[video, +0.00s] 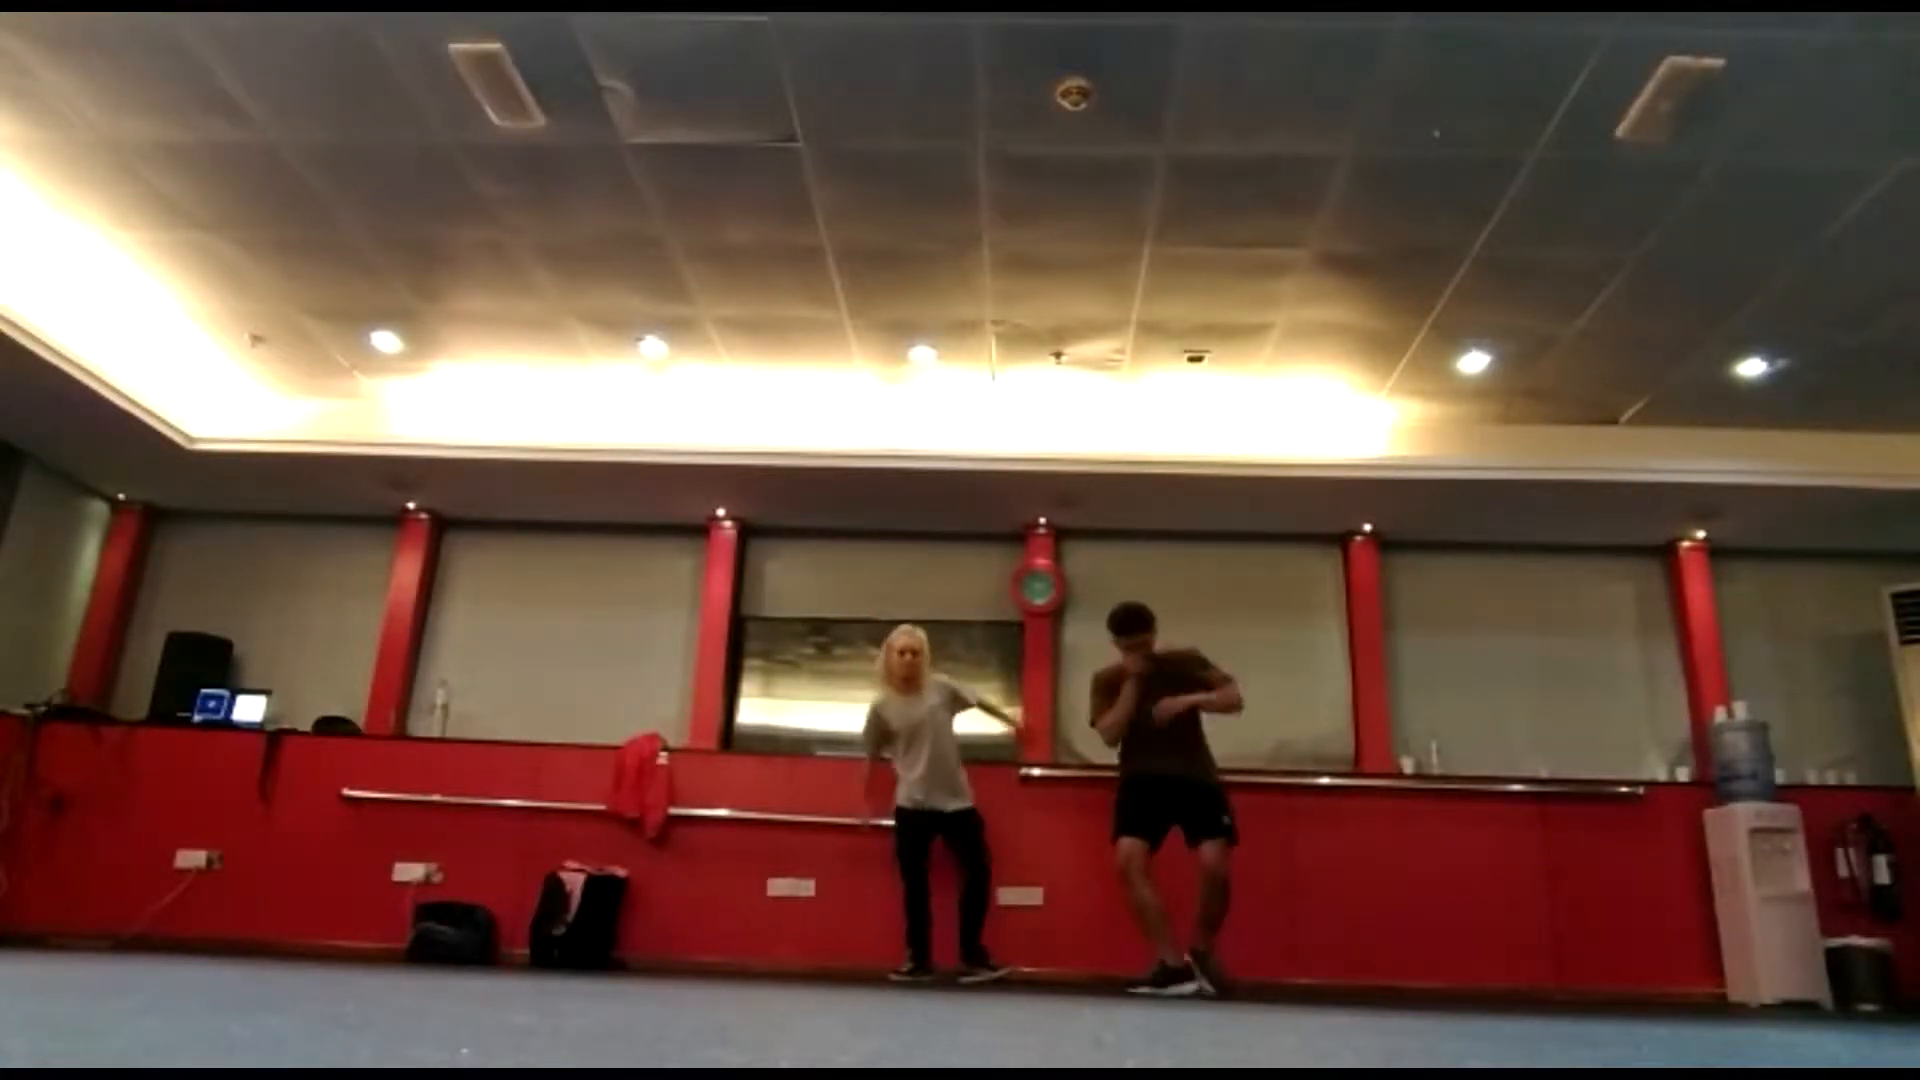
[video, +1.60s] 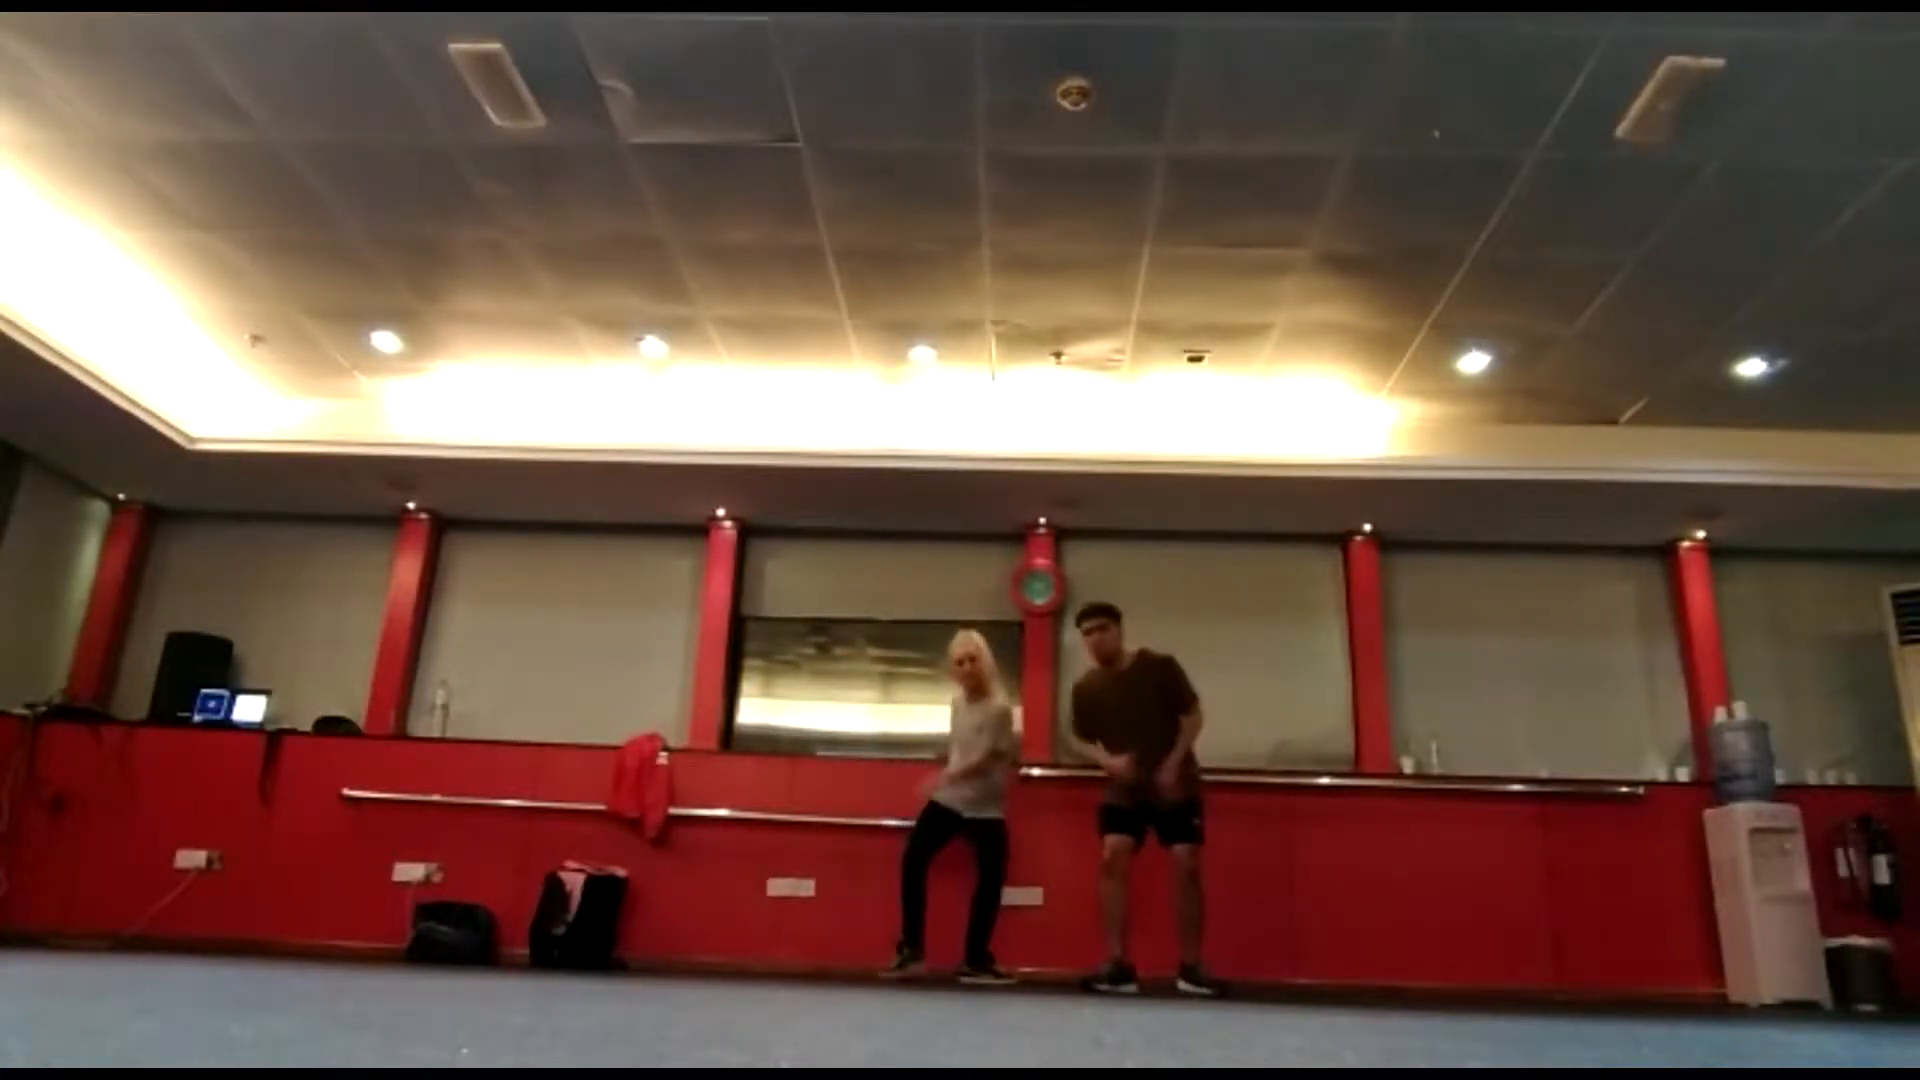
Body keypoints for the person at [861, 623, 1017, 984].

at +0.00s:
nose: (908, 660)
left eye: (914, 653)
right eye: (900, 653)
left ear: (924, 657)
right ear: (887, 658)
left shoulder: (942, 690)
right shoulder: (883, 707)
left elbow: (981, 703)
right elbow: (871, 757)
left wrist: (1014, 722)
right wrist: (865, 802)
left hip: (956, 801)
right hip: (913, 804)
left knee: (978, 875)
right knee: (915, 886)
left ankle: (973, 955)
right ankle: (918, 959)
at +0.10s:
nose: (912, 669)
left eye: (918, 662)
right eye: (904, 662)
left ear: (928, 666)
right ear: (891, 667)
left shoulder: (944, 702)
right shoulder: (884, 716)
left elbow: (973, 716)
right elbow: (862, 766)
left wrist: (996, 732)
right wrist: (849, 809)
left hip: (952, 810)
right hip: (909, 812)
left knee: (986, 873)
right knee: (911, 888)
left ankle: (975, 956)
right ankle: (919, 961)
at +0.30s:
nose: (920, 677)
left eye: (927, 671)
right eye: (913, 670)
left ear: (936, 676)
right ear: (899, 674)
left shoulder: (944, 711)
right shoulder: (890, 722)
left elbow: (948, 760)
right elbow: (874, 773)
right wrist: (859, 820)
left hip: (951, 818)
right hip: (909, 820)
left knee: (992, 874)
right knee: (908, 887)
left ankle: (975, 957)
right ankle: (920, 960)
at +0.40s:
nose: (931, 664)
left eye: (937, 658)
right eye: (924, 656)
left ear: (945, 664)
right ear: (910, 660)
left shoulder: (948, 702)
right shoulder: (901, 707)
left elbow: (950, 753)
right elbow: (898, 760)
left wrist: (958, 794)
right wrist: (904, 803)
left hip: (952, 806)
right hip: (913, 807)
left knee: (983, 872)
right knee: (912, 886)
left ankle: (974, 954)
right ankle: (919, 958)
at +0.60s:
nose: (946, 657)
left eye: (954, 652)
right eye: (940, 650)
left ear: (962, 658)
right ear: (926, 651)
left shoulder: (958, 696)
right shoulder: (912, 693)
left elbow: (952, 744)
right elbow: (927, 742)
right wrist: (959, 780)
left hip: (952, 803)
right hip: (913, 803)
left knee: (976, 872)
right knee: (916, 884)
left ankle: (972, 957)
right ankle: (919, 959)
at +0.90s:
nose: (967, 679)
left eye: (975, 673)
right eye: (962, 671)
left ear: (985, 681)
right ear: (949, 672)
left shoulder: (980, 726)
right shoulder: (925, 708)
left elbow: (978, 776)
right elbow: (898, 745)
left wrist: (976, 818)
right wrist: (938, 763)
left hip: (956, 820)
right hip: (914, 816)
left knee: (996, 879)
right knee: (913, 889)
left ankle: (977, 959)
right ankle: (919, 960)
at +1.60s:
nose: (964, 668)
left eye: (970, 660)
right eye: (958, 662)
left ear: (985, 662)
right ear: (951, 668)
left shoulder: (998, 708)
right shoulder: (959, 702)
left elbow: (993, 756)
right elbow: (958, 745)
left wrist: (947, 777)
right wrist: (948, 766)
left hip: (985, 811)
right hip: (949, 803)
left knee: (991, 883)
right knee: (913, 862)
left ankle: (977, 958)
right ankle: (911, 946)